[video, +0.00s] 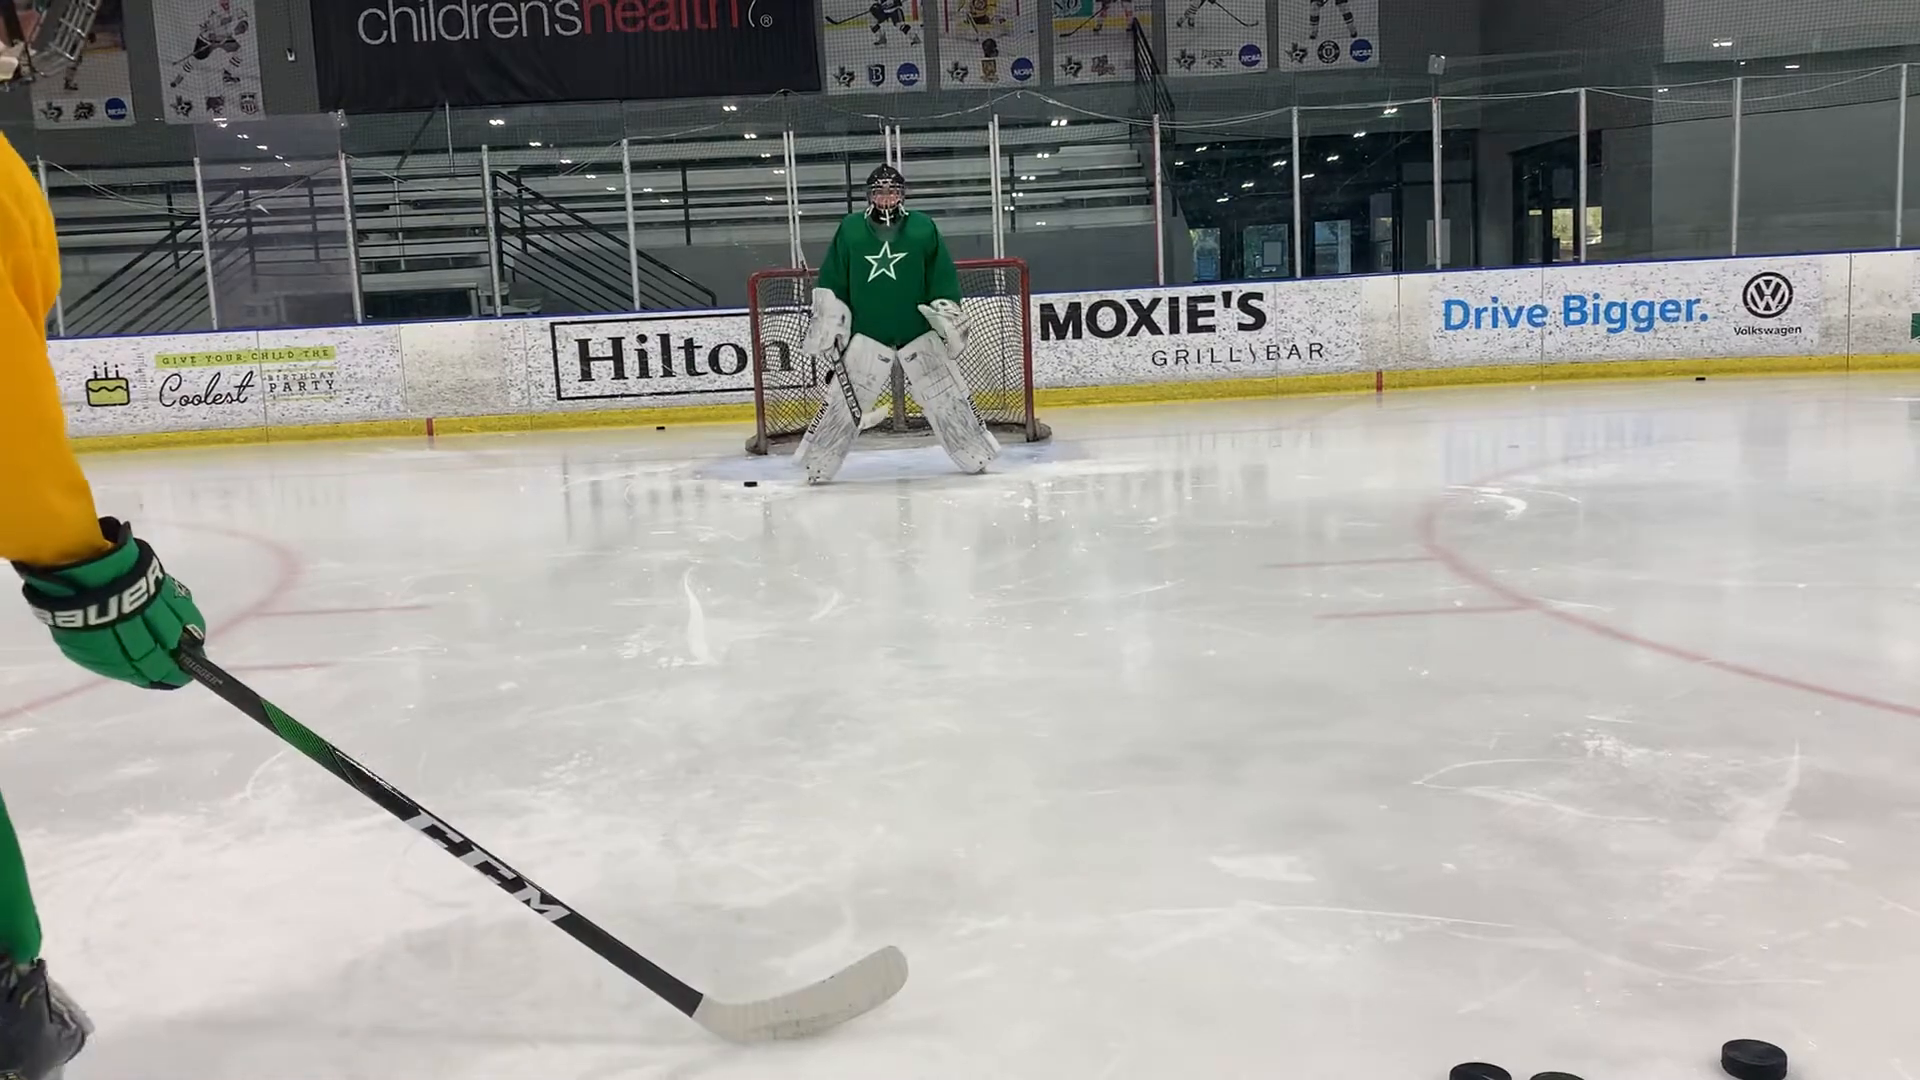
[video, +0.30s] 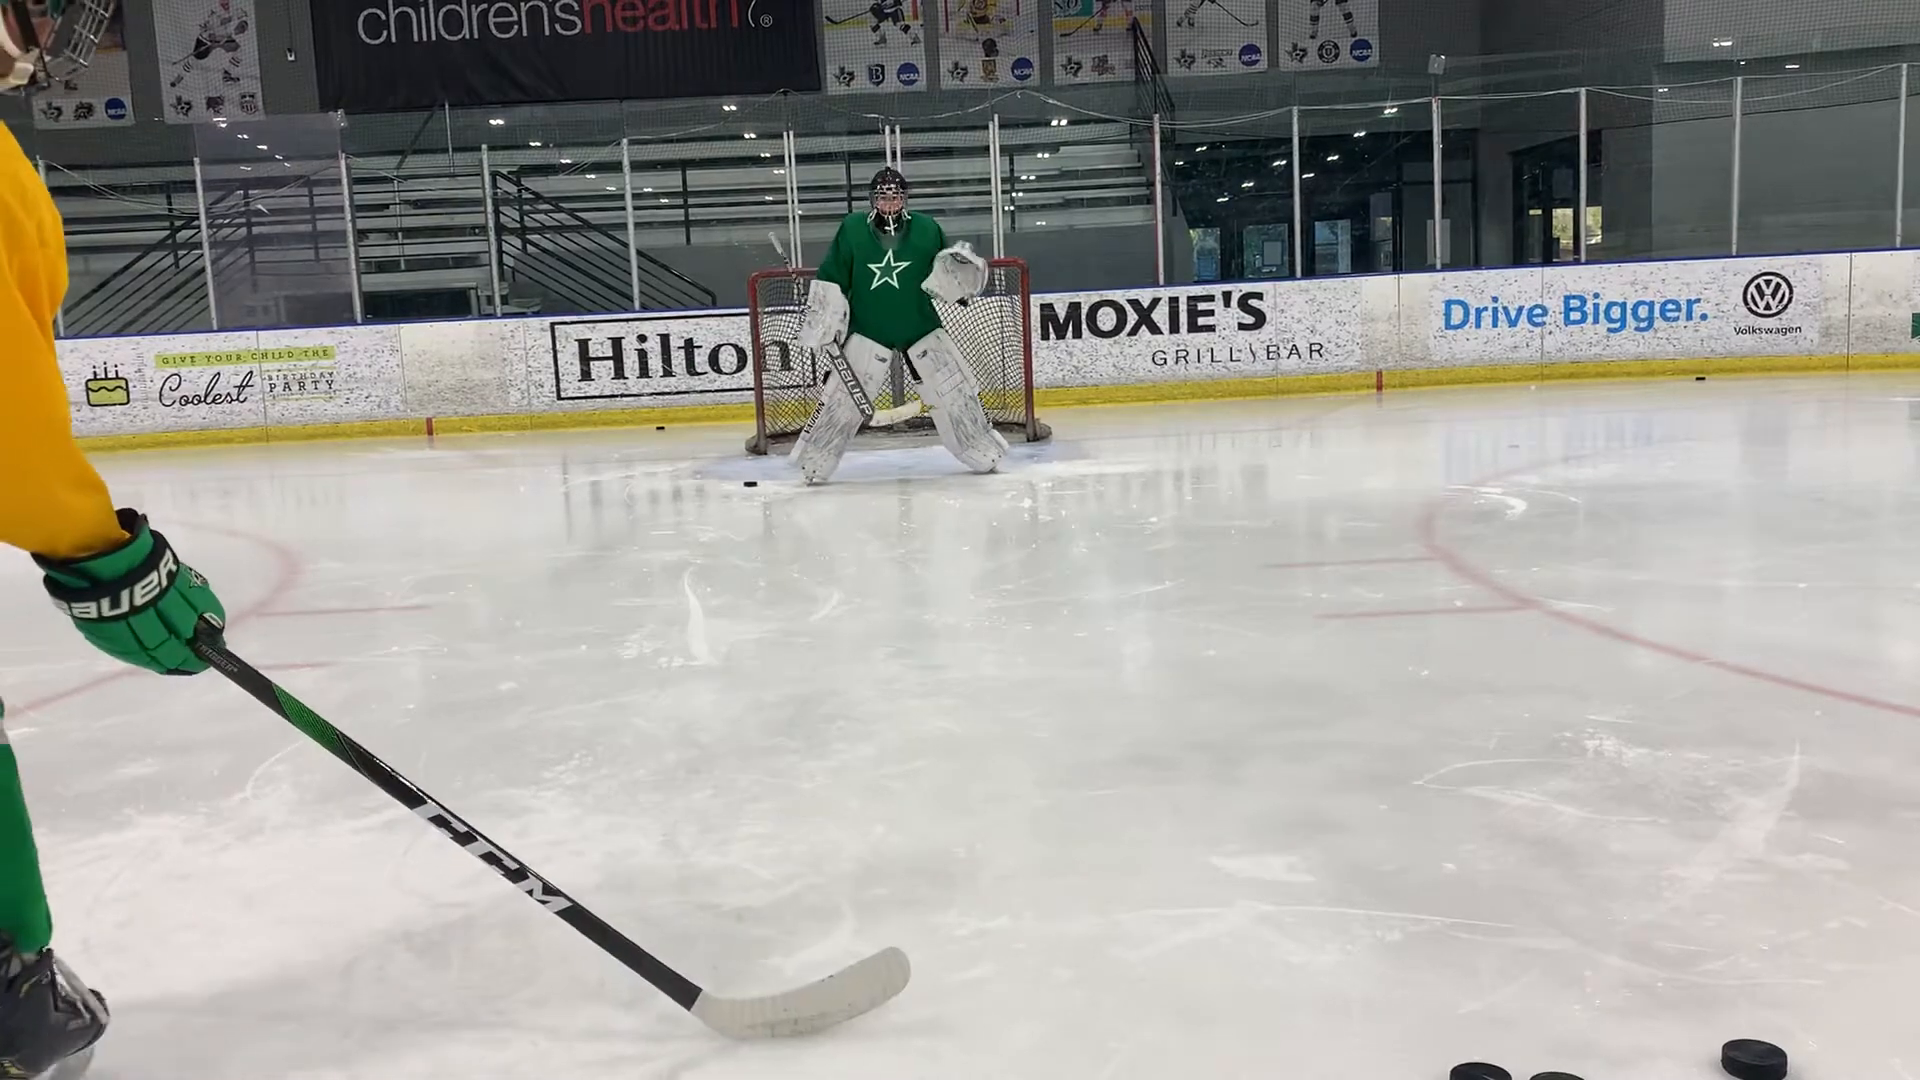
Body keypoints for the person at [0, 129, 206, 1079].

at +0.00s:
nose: (28, 23)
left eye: (32, 1)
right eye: (23, 1)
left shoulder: (17, 183)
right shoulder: (5, 183)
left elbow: (10, 368)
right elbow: (6, 372)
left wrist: (72, 556)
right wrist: (79, 560)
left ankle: (17, 996)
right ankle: (13, 999)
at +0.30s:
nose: (32, 50)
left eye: (34, 31)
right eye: (29, 27)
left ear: (17, 29)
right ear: (6, 20)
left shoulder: (17, 174)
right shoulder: (4, 174)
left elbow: (14, 384)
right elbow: (9, 392)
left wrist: (87, 549)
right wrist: (104, 552)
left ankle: (19, 976)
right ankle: (16, 981)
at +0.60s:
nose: (79, 63)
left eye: (90, 37)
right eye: (77, 29)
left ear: (26, 30)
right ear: (24, 21)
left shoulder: (19, 171)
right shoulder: (5, 172)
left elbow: (25, 393)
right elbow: (25, 399)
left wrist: (124, 542)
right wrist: (138, 548)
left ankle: (18, 983)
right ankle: (17, 988)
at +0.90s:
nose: (134, 65)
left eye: (144, 43)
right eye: (122, 35)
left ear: (46, 29)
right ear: (45, 19)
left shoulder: (26, 155)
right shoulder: (13, 165)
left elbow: (37, 368)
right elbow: (31, 374)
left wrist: (155, 519)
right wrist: (167, 529)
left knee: (9, 691)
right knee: (6, 692)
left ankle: (27, 970)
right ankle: (25, 976)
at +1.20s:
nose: (178, 114)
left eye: (193, 91)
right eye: (169, 81)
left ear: (80, 48)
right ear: (88, 46)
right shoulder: (36, 197)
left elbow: (61, 415)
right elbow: (78, 447)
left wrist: (181, 554)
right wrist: (217, 574)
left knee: (27, 685)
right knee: (29, 687)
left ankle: (52, 955)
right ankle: (61, 968)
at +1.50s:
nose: (270, 150)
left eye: (278, 125)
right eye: (267, 121)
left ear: (158, 86)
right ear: (220, 106)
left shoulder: (47, 134)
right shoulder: (164, 233)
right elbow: (193, 459)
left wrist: (121, 517)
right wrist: (300, 609)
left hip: (12, 473)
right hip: (11, 485)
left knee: (132, 650)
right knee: (147, 650)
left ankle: (155, 910)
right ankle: (167, 921)